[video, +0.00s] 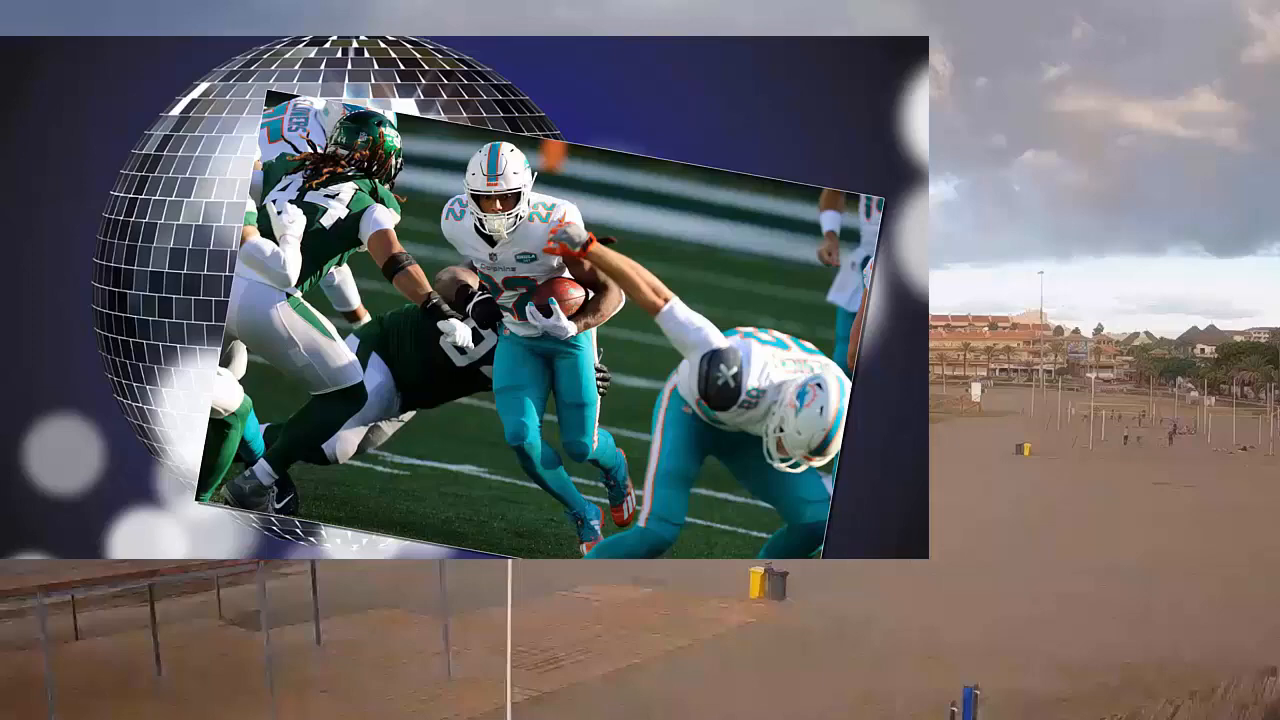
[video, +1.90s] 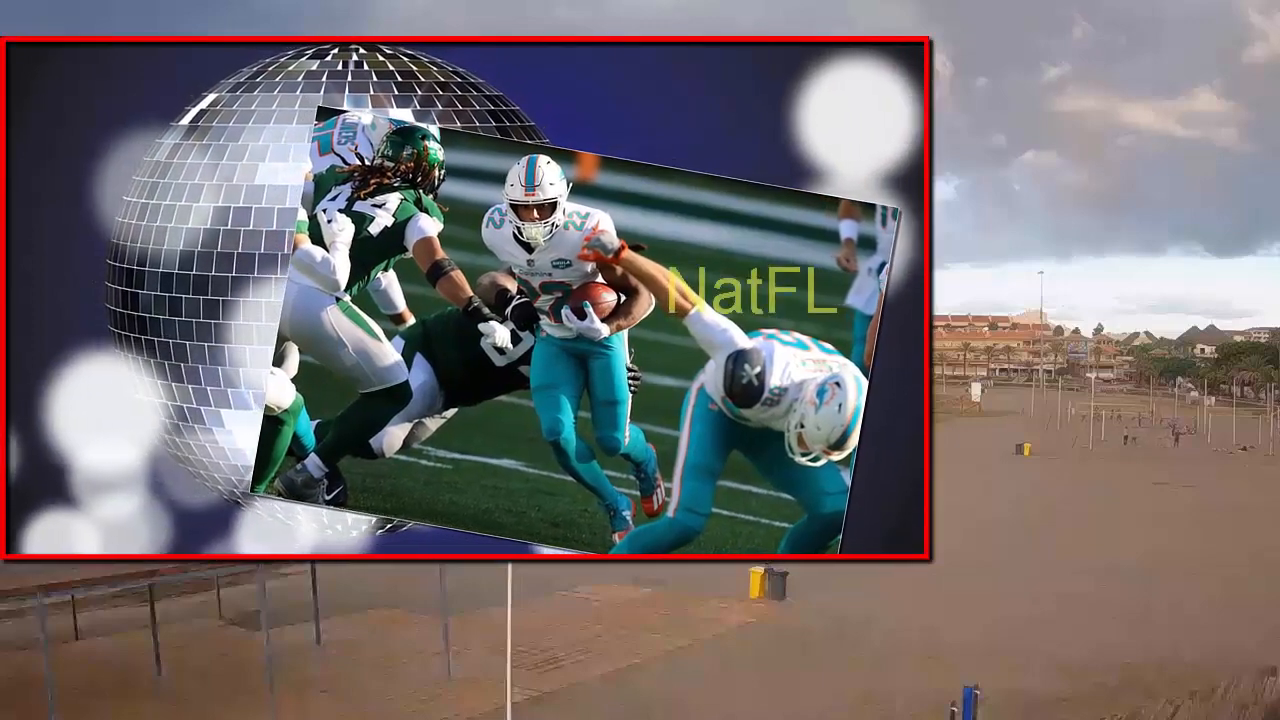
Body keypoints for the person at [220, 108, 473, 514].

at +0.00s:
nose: (394, 165)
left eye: (392, 156)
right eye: (392, 156)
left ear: (334, 143)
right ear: (381, 158)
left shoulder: (285, 168)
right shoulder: (366, 201)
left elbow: (231, 196)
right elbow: (394, 261)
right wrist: (435, 305)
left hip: (218, 278)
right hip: (267, 299)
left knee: (222, 379)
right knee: (347, 390)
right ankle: (258, 479)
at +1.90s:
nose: (437, 178)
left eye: (437, 170)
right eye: (436, 170)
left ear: (382, 156)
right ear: (425, 171)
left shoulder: (333, 178)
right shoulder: (411, 210)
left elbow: (281, 205)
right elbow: (437, 267)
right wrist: (480, 314)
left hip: (269, 284)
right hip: (318, 302)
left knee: (278, 371)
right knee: (394, 389)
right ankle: (311, 471)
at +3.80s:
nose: (481, 187)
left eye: (480, 179)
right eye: (478, 179)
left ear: (430, 168)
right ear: (467, 180)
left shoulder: (385, 190)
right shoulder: (458, 219)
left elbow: (335, 207)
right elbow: (481, 273)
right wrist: (520, 316)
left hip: (319, 287)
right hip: (366, 305)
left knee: (328, 373)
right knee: (440, 387)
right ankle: (361, 464)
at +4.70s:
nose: (501, 194)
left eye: (501, 186)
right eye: (499, 186)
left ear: (451, 175)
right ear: (489, 187)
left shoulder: (409, 195)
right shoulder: (478, 222)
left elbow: (363, 220)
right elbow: (501, 276)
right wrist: (539, 318)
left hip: (347, 290)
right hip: (391, 307)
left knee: (354, 374)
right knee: (462, 386)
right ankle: (386, 461)